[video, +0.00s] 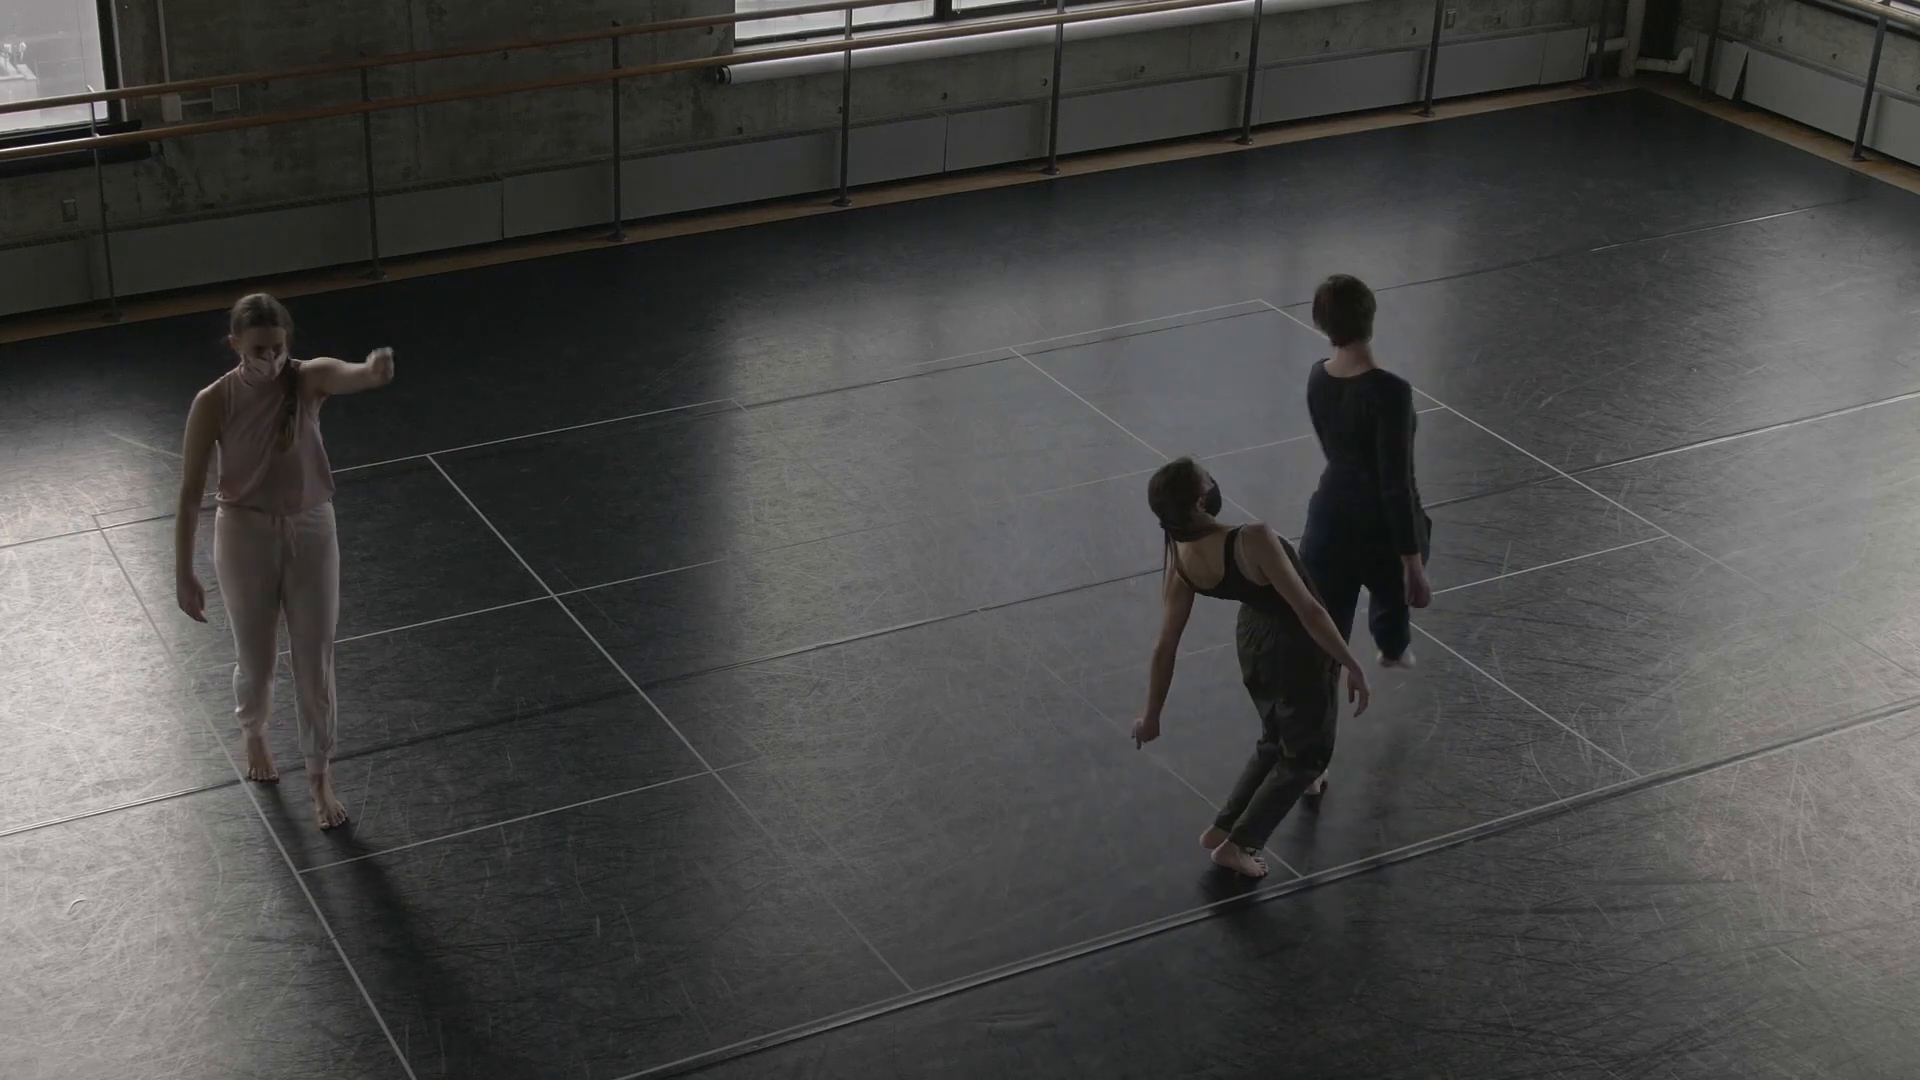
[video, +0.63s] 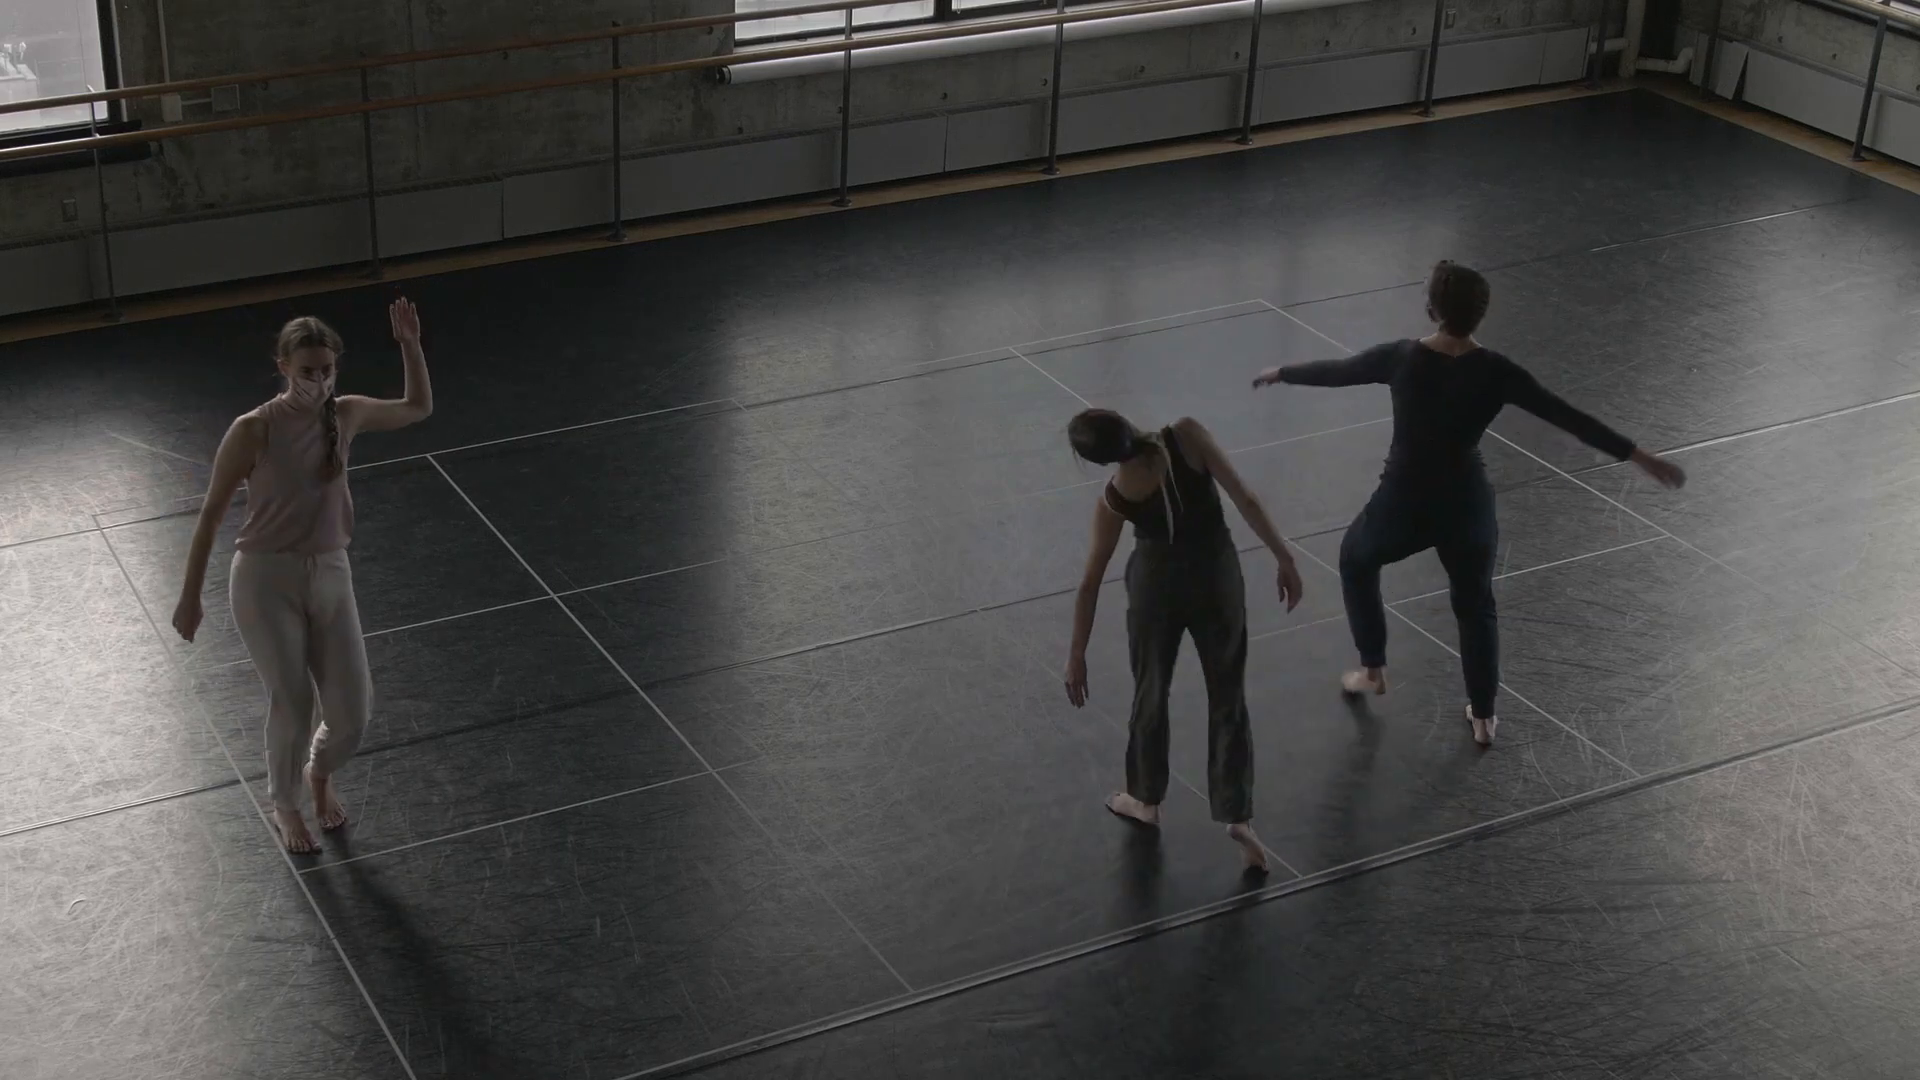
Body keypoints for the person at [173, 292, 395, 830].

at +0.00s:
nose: (268, 362)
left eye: (275, 350)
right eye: (257, 352)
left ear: (288, 342)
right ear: (235, 345)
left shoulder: (306, 376)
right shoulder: (214, 403)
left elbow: (347, 374)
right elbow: (192, 492)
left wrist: (374, 369)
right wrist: (184, 573)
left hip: (313, 532)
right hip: (245, 536)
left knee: (316, 661)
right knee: (258, 659)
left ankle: (322, 779)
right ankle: (254, 736)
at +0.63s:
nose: (319, 382)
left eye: (326, 370)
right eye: (308, 372)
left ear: (336, 367)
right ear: (284, 369)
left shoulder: (344, 414)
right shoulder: (251, 431)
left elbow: (418, 407)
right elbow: (211, 516)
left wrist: (410, 346)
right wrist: (190, 595)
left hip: (331, 576)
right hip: (264, 579)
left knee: (352, 716)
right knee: (293, 701)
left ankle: (317, 772)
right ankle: (286, 804)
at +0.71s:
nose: (324, 395)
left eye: (333, 384)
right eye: (313, 385)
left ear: (344, 384)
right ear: (291, 382)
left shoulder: (346, 435)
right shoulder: (264, 441)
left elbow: (410, 447)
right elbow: (222, 530)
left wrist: (410, 383)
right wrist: (207, 612)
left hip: (331, 593)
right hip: (269, 596)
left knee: (366, 724)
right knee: (300, 724)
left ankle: (314, 780)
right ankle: (287, 807)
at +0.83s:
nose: (340, 405)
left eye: (349, 395)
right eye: (330, 395)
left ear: (359, 400)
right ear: (307, 395)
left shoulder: (340, 461)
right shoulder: (285, 448)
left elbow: (380, 514)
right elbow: (240, 529)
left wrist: (405, 446)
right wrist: (246, 612)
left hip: (338, 604)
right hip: (285, 609)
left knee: (394, 721)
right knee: (319, 740)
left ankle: (329, 782)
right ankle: (286, 806)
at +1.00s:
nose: (373, 395)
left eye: (378, 389)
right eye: (364, 384)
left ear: (380, 403)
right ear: (332, 390)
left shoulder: (342, 453)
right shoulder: (319, 434)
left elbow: (355, 550)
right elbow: (273, 505)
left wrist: (395, 511)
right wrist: (284, 592)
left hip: (355, 598)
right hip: (311, 602)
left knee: (432, 688)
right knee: (334, 736)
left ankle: (389, 796)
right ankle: (284, 802)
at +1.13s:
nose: (398, 388)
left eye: (396, 381)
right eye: (392, 379)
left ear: (361, 380)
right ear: (367, 376)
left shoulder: (356, 424)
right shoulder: (354, 413)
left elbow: (340, 519)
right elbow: (310, 487)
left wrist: (391, 520)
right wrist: (310, 573)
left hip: (375, 587)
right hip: (341, 591)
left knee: (440, 678)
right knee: (344, 720)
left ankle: (462, 800)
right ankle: (283, 801)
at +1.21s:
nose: (408, 377)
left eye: (405, 368)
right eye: (400, 368)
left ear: (360, 375)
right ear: (379, 370)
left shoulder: (361, 407)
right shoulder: (382, 403)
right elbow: (342, 474)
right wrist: (337, 563)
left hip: (390, 571)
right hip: (371, 574)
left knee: (440, 676)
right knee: (355, 704)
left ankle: (474, 796)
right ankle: (284, 799)